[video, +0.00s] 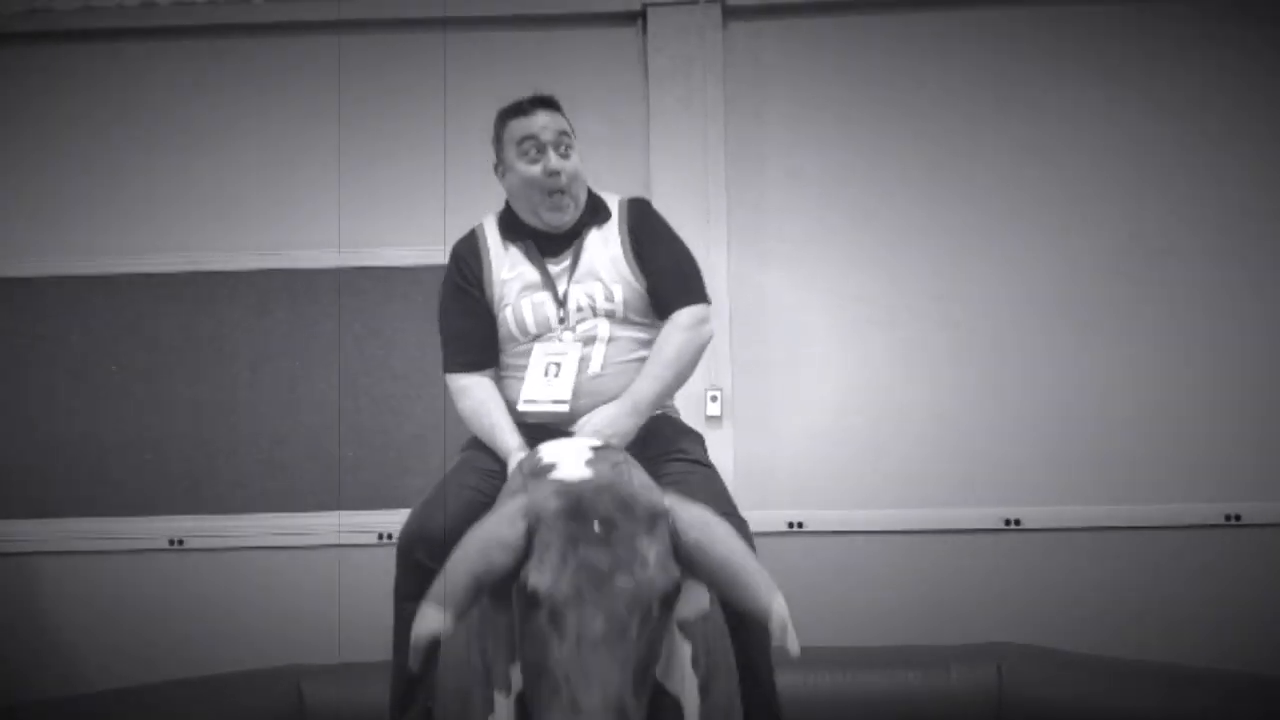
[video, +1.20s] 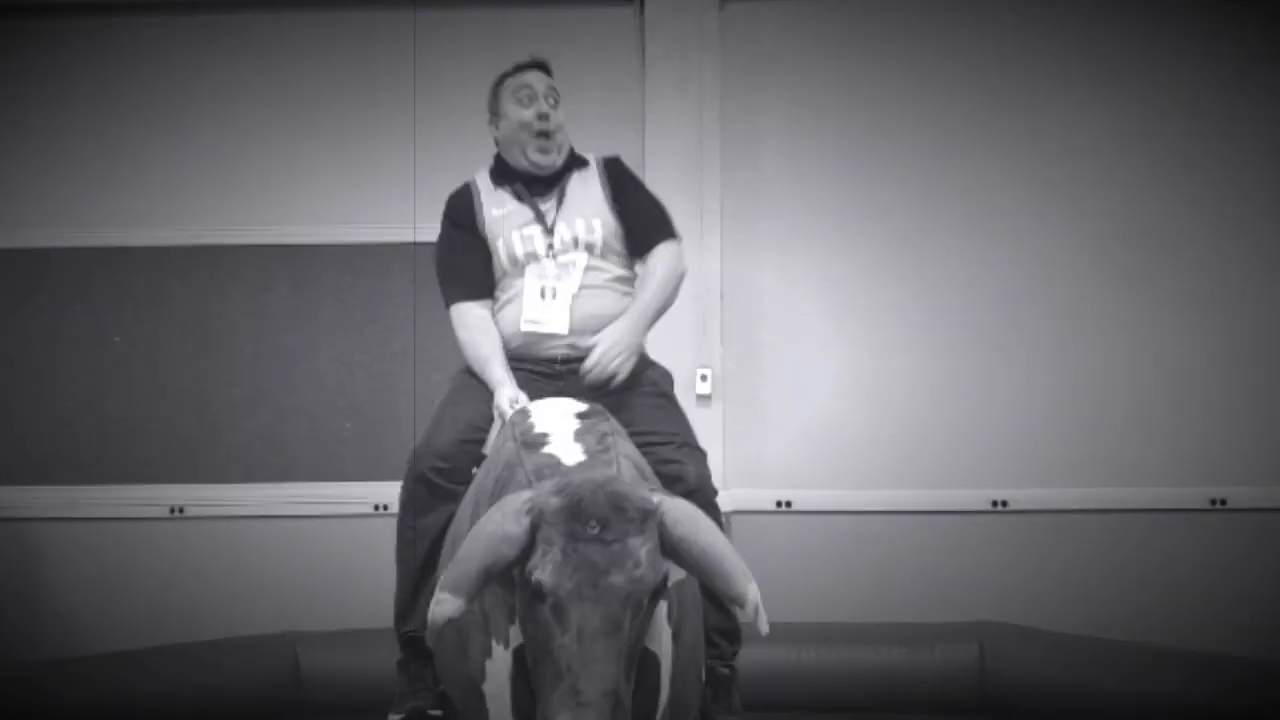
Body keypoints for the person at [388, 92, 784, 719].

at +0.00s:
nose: (553, 164)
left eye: (563, 146)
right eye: (531, 151)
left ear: (580, 156)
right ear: (502, 173)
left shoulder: (632, 221)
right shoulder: (476, 254)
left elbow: (693, 319)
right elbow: (467, 376)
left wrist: (631, 410)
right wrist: (514, 450)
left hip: (641, 428)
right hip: (522, 437)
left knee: (726, 545)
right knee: (424, 542)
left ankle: (758, 708)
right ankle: (411, 707)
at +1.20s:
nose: (545, 112)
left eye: (552, 100)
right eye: (525, 103)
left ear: (566, 116)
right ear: (496, 129)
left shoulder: (609, 178)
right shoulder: (472, 202)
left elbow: (666, 257)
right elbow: (468, 308)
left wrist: (630, 331)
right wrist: (502, 384)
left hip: (615, 363)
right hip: (508, 372)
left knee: (688, 480)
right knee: (432, 469)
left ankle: (716, 665)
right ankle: (420, 664)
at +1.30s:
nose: (536, 92)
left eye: (541, 80)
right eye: (515, 84)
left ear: (556, 94)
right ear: (485, 113)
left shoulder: (607, 158)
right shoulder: (468, 189)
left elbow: (686, 213)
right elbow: (470, 296)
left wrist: (700, 262)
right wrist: (503, 376)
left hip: (618, 352)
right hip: (510, 361)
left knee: (693, 481)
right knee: (433, 464)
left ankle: (719, 659)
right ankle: (418, 660)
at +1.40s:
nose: (535, 77)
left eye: (540, 64)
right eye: (513, 68)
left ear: (554, 81)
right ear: (480, 98)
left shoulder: (609, 144)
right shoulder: (468, 181)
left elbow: (693, 186)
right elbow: (474, 292)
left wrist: (744, 188)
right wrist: (510, 375)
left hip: (625, 345)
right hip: (519, 353)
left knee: (699, 479)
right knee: (436, 460)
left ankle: (722, 664)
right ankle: (419, 653)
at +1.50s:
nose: (533, 64)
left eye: (534, 51)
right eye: (509, 56)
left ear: (547, 65)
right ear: (474, 87)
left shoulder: (605, 132)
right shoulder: (466, 172)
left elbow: (699, 155)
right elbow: (474, 284)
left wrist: (765, 111)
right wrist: (508, 371)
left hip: (626, 339)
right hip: (519, 346)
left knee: (700, 476)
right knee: (434, 456)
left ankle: (725, 663)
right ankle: (418, 652)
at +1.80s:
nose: (529, 45)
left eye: (527, 35)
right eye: (505, 40)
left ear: (542, 55)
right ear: (473, 80)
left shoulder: (604, 111)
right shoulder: (469, 158)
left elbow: (685, 76)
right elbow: (485, 278)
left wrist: (717, 8)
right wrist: (514, 370)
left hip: (636, 328)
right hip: (525, 336)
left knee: (708, 474)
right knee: (438, 456)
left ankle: (730, 655)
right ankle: (421, 654)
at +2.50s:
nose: (494, 48)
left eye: (489, 44)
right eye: (471, 47)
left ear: (507, 67)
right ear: (438, 97)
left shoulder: (579, 116)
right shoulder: (446, 172)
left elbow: (661, 141)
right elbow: (474, 295)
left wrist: (740, 98)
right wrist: (510, 409)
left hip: (638, 353)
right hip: (514, 365)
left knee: (709, 518)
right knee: (428, 509)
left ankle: (735, 695)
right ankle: (411, 697)